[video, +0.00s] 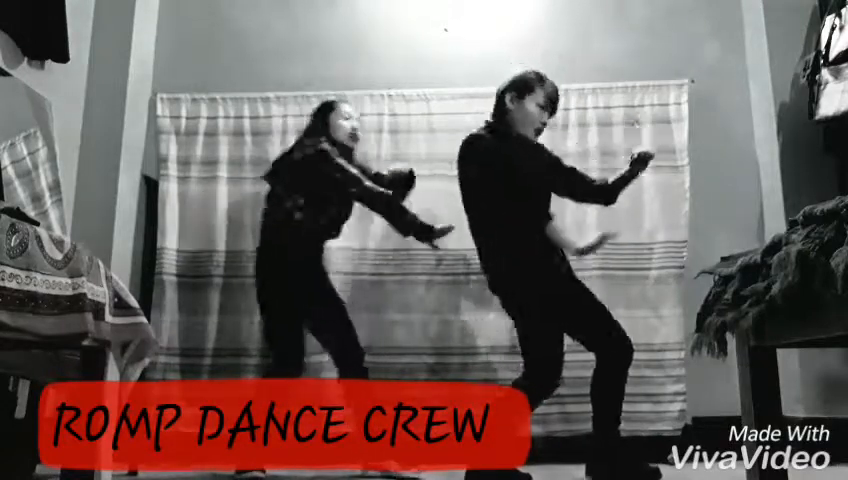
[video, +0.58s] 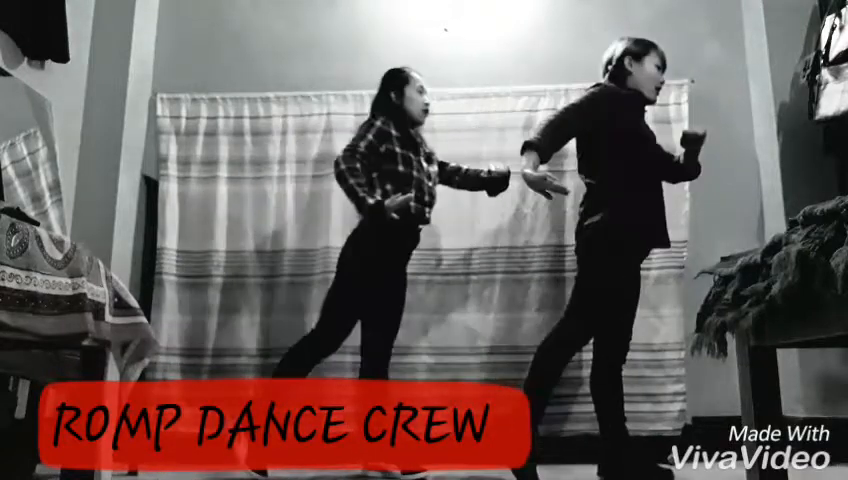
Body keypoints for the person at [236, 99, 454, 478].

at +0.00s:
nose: (355, 125)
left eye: (356, 118)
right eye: (346, 117)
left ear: (354, 128)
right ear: (325, 124)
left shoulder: (334, 156)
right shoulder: (318, 155)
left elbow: (367, 183)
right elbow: (365, 190)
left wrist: (396, 181)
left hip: (302, 267)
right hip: (285, 267)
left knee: (350, 355)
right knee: (286, 361)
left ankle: (367, 447)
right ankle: (253, 451)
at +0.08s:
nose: (378, 120)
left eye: (381, 115)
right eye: (370, 112)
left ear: (378, 122)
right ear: (349, 115)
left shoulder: (356, 148)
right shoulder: (340, 146)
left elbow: (386, 173)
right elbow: (377, 191)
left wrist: (420, 178)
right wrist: (419, 233)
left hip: (316, 262)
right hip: (298, 263)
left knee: (348, 355)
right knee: (286, 359)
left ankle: (367, 441)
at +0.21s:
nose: (408, 103)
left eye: (411, 98)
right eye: (399, 96)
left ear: (412, 106)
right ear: (379, 101)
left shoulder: (404, 144)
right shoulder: (367, 132)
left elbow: (437, 164)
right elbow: (358, 183)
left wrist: (481, 170)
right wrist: (373, 233)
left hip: (356, 251)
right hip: (337, 250)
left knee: (363, 348)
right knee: (292, 342)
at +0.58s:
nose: (428, 100)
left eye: (427, 93)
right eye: (420, 92)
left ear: (412, 101)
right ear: (397, 96)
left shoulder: (416, 143)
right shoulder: (378, 128)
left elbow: (446, 174)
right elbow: (346, 164)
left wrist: (493, 178)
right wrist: (374, 205)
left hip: (395, 249)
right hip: (371, 245)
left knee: (379, 349)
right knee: (327, 336)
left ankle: (377, 441)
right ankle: (262, 408)